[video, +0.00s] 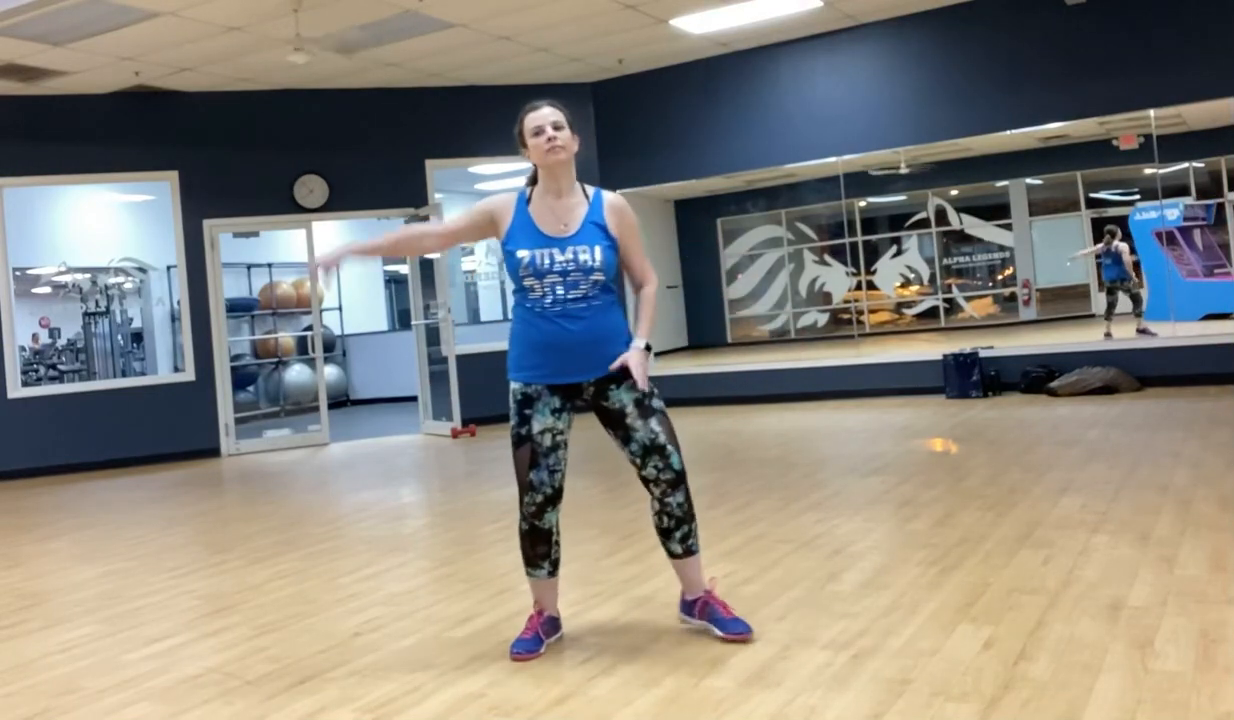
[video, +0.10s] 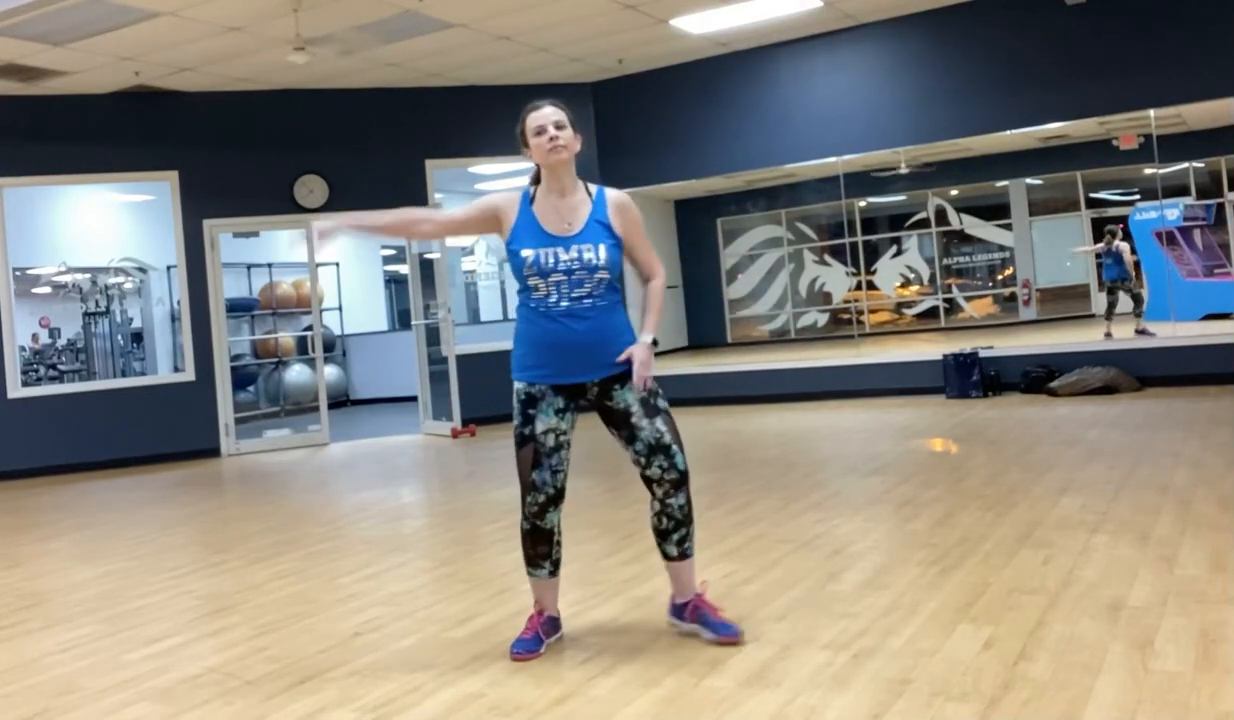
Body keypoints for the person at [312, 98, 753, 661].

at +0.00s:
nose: (551, 135)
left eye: (557, 126)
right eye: (539, 132)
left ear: (574, 138)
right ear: (525, 150)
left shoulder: (610, 207)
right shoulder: (505, 209)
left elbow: (645, 281)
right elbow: (429, 236)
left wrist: (640, 344)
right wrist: (348, 250)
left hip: (611, 369)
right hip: (537, 377)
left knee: (667, 468)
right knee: (538, 494)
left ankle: (697, 594)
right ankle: (544, 614)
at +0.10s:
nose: (553, 134)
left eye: (559, 126)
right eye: (541, 131)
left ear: (578, 139)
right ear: (527, 151)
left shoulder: (615, 205)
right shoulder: (507, 208)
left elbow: (654, 274)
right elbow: (428, 223)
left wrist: (647, 339)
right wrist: (345, 222)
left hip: (617, 369)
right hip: (543, 378)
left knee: (670, 471)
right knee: (540, 495)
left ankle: (687, 599)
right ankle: (545, 614)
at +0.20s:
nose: (560, 135)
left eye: (567, 127)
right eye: (548, 132)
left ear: (587, 139)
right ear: (537, 152)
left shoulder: (627, 203)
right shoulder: (522, 205)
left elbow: (669, 268)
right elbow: (437, 209)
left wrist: (661, 329)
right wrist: (355, 197)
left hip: (627, 370)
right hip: (553, 377)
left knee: (672, 478)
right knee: (546, 496)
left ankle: (676, 607)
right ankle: (544, 614)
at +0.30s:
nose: (581, 136)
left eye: (587, 128)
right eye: (568, 135)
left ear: (608, 142)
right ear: (559, 158)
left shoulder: (651, 202)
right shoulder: (549, 212)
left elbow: (680, 264)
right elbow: (469, 233)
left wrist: (674, 329)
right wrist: (391, 228)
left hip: (645, 374)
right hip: (573, 378)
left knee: (690, 480)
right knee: (542, 493)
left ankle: (677, 607)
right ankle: (516, 603)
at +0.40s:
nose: (594, 139)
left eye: (599, 131)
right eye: (580, 139)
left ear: (619, 146)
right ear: (571, 165)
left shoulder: (657, 205)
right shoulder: (560, 220)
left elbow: (680, 269)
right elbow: (486, 261)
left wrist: (675, 328)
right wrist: (422, 280)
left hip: (653, 379)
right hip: (583, 383)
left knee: (699, 482)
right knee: (544, 496)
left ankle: (679, 608)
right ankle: (486, 600)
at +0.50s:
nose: (609, 148)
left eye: (614, 141)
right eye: (595, 149)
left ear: (632, 157)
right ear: (584, 175)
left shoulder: (661, 216)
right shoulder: (579, 235)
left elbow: (659, 299)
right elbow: (556, 330)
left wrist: (659, 364)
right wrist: (519, 403)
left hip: (656, 389)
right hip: (591, 394)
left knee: (711, 489)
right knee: (539, 508)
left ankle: (679, 610)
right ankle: (458, 613)